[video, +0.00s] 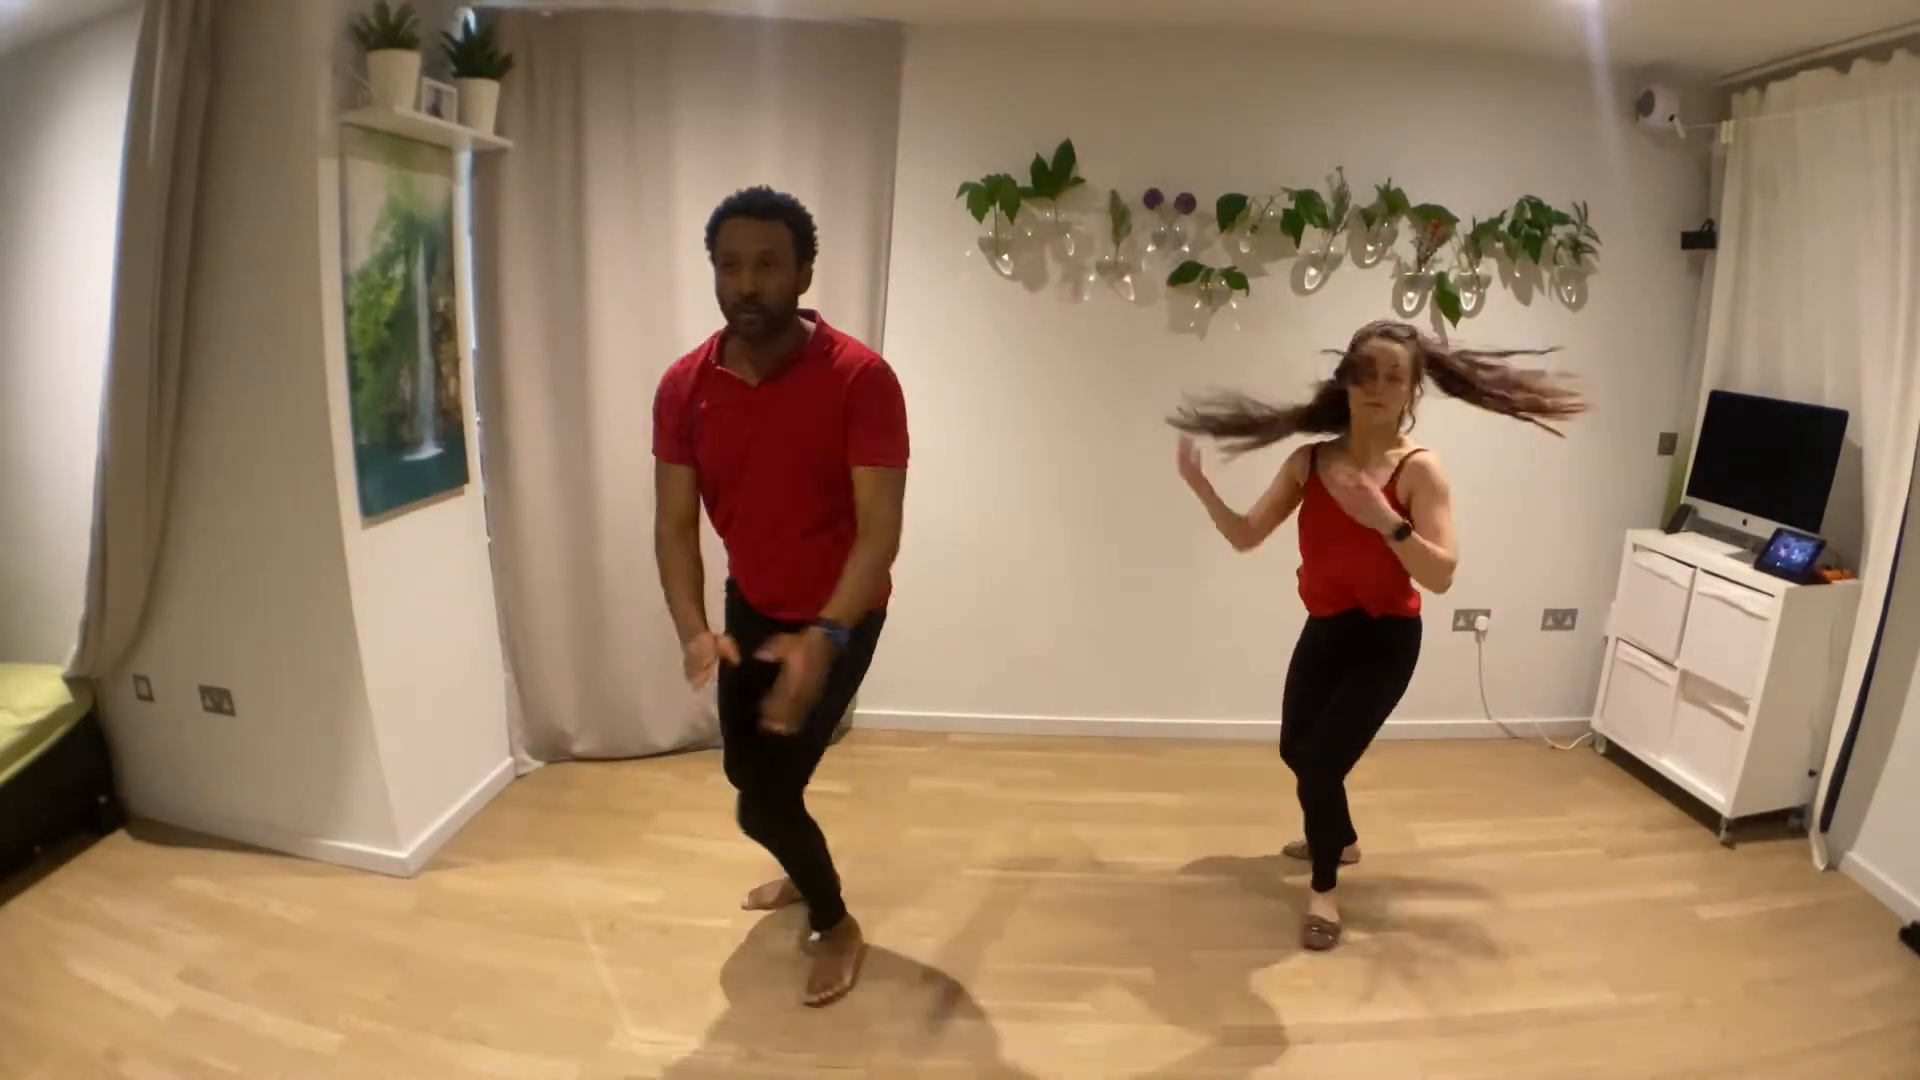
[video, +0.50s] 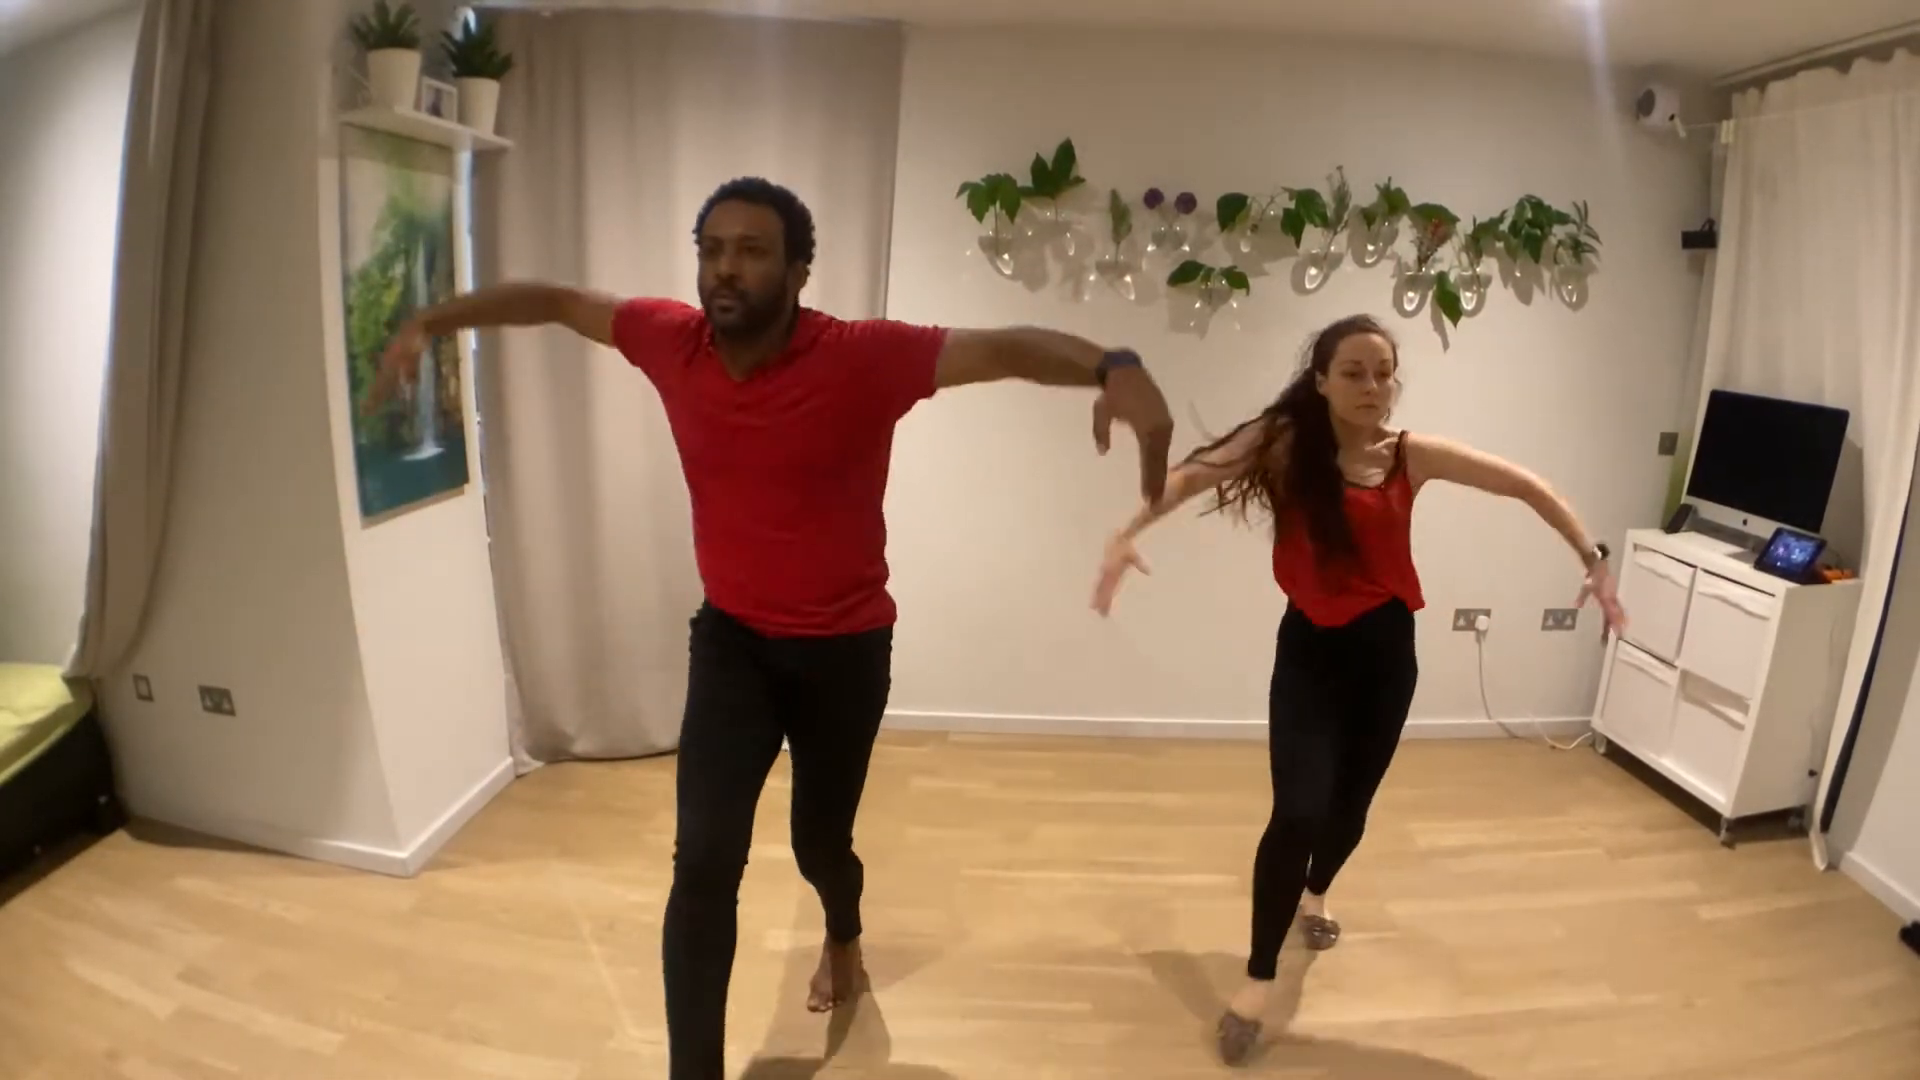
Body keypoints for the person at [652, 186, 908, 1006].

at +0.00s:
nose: (745, 285)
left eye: (768, 266)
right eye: (730, 265)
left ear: (805, 275)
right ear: (712, 273)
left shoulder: (859, 379)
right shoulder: (687, 386)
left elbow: (879, 533)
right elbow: (677, 525)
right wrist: (695, 628)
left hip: (843, 610)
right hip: (754, 601)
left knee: (767, 806)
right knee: (752, 772)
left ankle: (834, 929)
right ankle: (806, 870)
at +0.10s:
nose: (755, 274)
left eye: (777, 255)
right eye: (740, 254)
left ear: (818, 266)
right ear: (724, 264)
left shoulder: (869, 383)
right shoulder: (694, 381)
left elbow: (904, 524)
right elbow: (673, 525)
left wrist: (907, 662)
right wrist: (667, 672)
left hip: (845, 612)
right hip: (748, 602)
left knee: (800, 795)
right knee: (746, 780)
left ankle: (844, 927)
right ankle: (796, 850)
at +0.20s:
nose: (754, 270)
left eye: (778, 252)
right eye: (741, 250)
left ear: (822, 266)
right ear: (726, 260)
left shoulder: (876, 379)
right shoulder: (696, 378)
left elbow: (951, 515)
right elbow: (619, 503)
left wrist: (987, 653)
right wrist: (576, 637)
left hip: (849, 614)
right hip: (750, 606)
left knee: (809, 805)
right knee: (727, 806)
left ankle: (846, 938)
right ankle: (770, 925)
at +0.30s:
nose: (747, 271)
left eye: (771, 253)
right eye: (733, 252)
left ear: (816, 269)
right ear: (718, 263)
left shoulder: (877, 376)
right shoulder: (687, 369)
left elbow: (1009, 468)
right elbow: (557, 434)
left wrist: (1065, 584)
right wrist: (487, 531)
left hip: (852, 625)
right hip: (749, 620)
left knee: (819, 818)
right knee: (729, 831)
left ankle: (849, 940)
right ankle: (715, 1043)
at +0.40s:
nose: (737, 273)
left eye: (761, 255)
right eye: (723, 253)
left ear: (808, 273)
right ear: (708, 266)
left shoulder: (875, 367)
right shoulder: (676, 358)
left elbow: (1021, 396)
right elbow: (543, 351)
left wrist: (1109, 472)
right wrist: (439, 408)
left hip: (853, 637)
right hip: (744, 630)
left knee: (822, 826)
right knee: (720, 847)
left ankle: (849, 939)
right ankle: (689, 1067)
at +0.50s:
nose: (729, 270)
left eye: (753, 253)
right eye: (715, 251)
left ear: (800, 271)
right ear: (696, 262)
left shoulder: (867, 356)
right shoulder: (670, 340)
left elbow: (1009, 350)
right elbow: (557, 303)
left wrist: (1117, 364)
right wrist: (432, 317)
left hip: (845, 645)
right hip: (733, 638)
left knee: (818, 842)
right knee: (705, 862)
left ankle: (843, 939)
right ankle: (693, 1073)